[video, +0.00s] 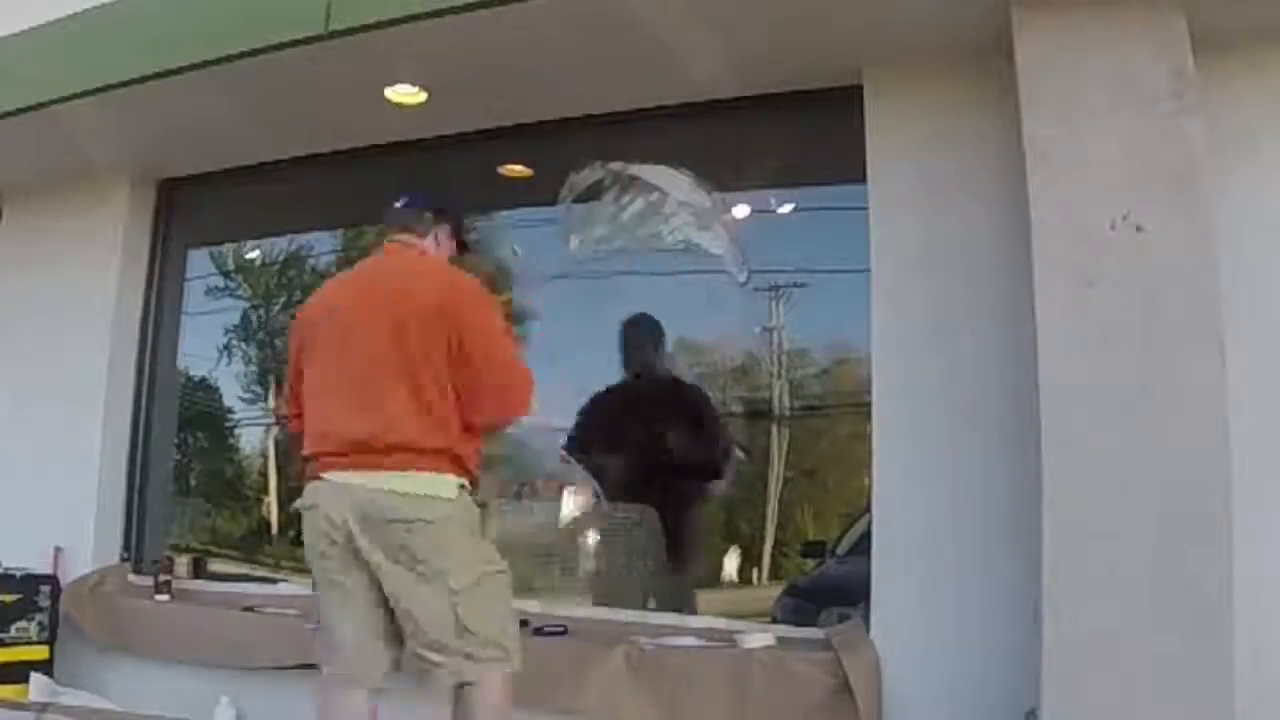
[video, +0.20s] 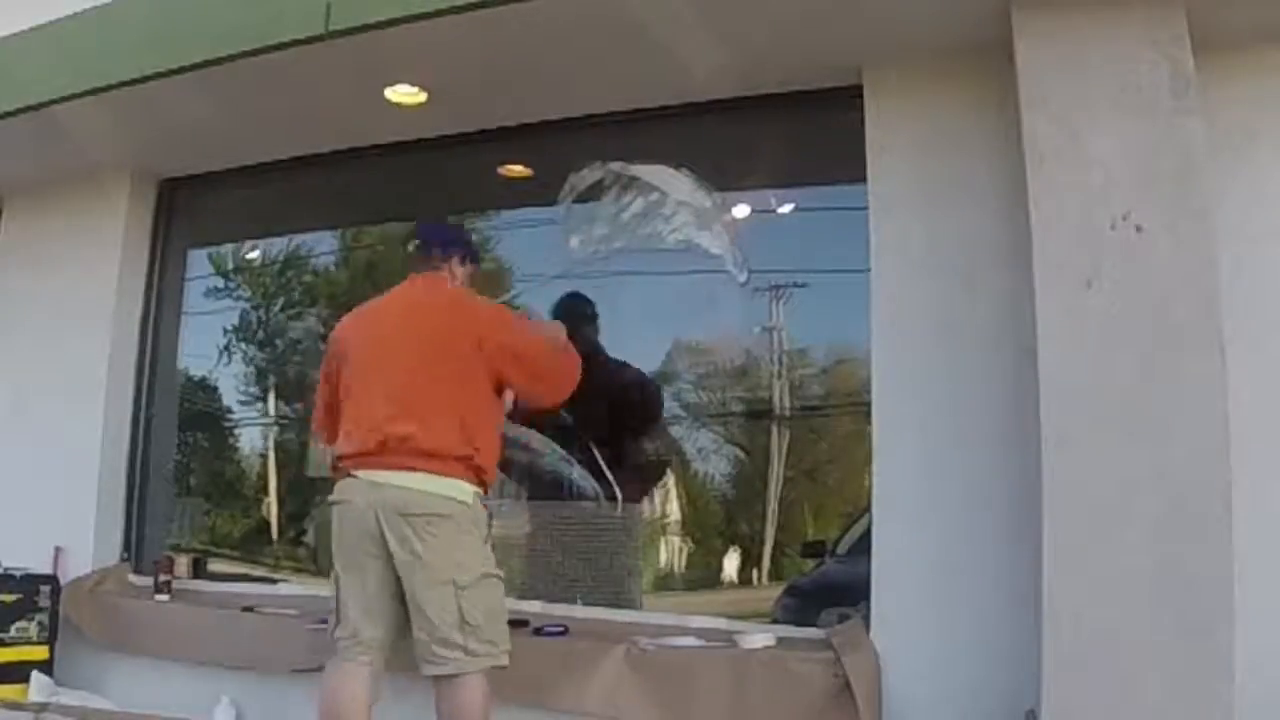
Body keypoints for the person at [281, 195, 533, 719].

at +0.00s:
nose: (455, 258)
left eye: (455, 250)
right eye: (455, 248)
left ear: (386, 236)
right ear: (440, 239)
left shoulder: (322, 300)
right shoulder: (456, 291)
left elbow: (294, 411)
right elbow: (504, 400)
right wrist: (441, 405)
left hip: (329, 503)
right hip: (426, 505)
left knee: (346, 673)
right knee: (486, 661)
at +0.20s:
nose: (470, 280)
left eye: (470, 272)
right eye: (471, 271)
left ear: (414, 264)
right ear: (458, 267)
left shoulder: (354, 323)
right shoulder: (481, 318)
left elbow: (327, 429)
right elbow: (559, 376)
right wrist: (548, 331)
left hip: (355, 501)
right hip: (439, 506)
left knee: (356, 652)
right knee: (460, 663)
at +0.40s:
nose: (515, 255)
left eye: (512, 242)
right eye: (511, 242)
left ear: (456, 248)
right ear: (493, 243)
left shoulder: (402, 321)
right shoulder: (523, 314)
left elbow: (376, 420)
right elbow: (585, 363)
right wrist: (537, 304)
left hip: (419, 501)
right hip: (500, 503)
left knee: (427, 647)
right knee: (519, 648)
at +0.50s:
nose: (521, 349)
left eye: (524, 343)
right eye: (524, 340)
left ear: (472, 310)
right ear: (513, 320)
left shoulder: (406, 339)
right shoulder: (504, 338)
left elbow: (367, 422)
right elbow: (523, 444)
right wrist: (576, 509)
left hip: (351, 498)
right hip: (428, 505)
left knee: (359, 665)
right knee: (467, 666)